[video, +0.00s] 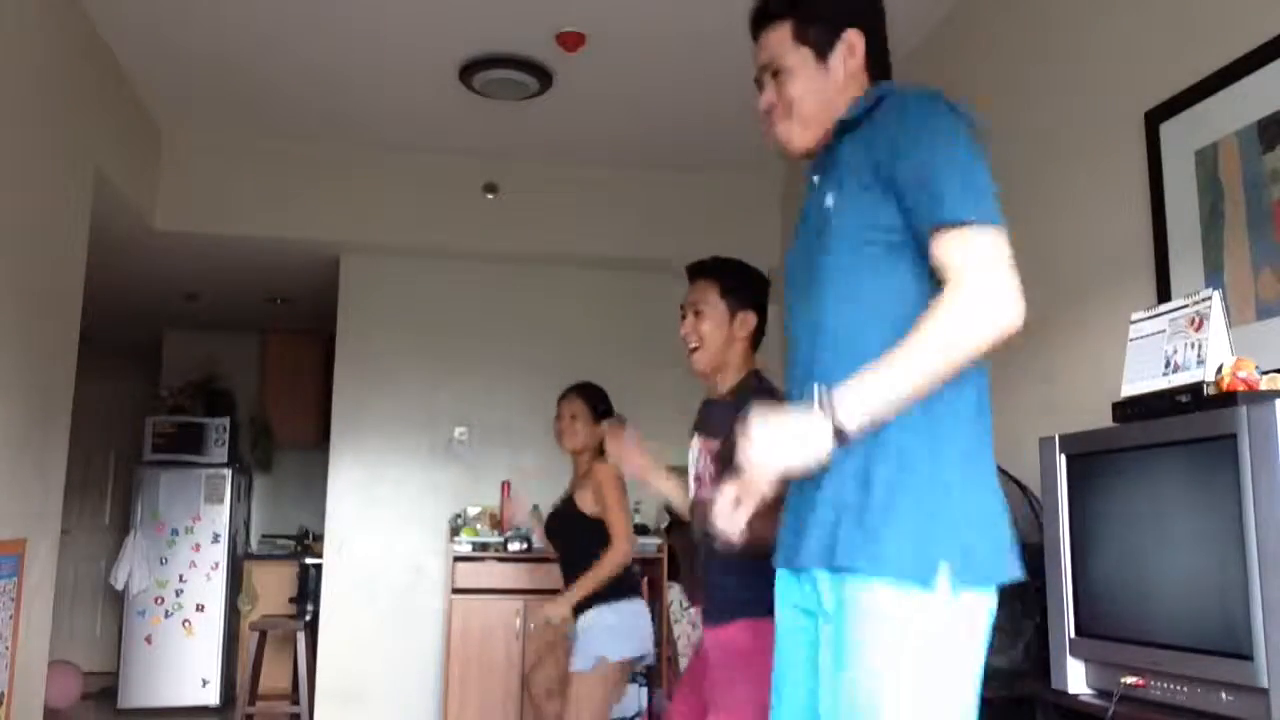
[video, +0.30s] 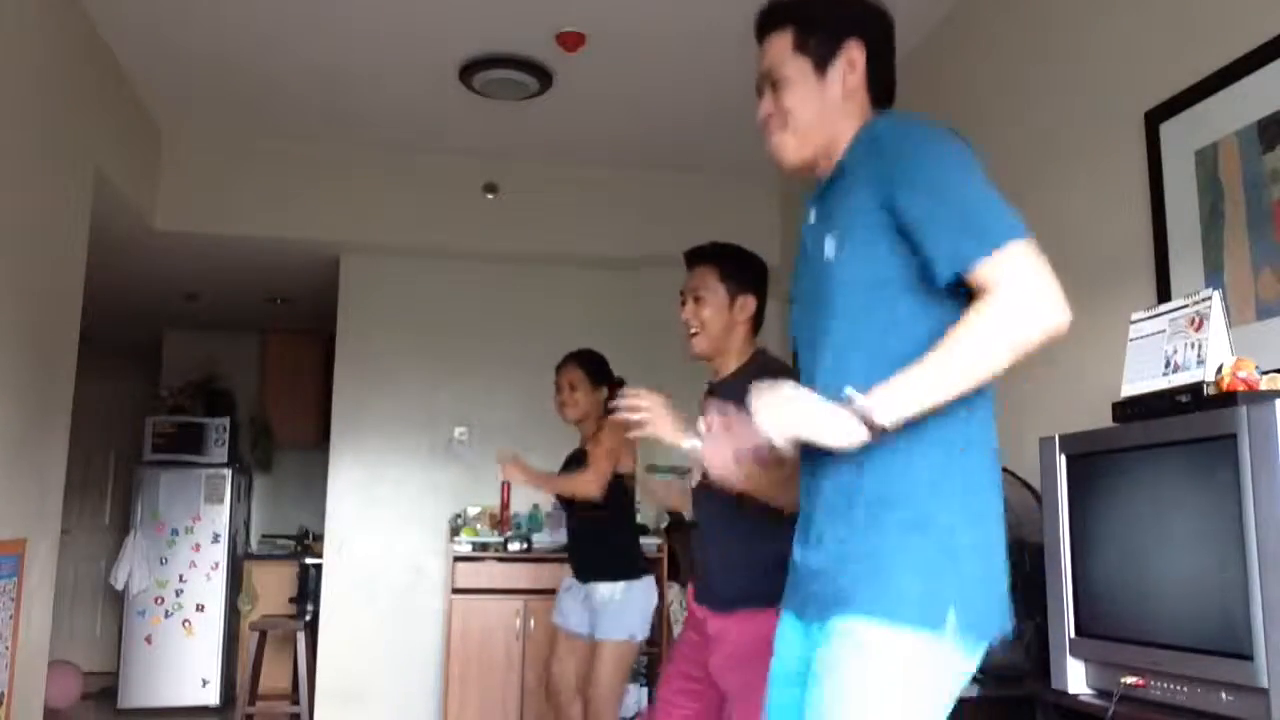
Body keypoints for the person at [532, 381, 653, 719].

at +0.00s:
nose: (564, 427)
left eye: (575, 418)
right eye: (560, 418)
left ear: (601, 427)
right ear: (555, 424)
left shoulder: (604, 473)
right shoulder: (580, 479)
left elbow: (622, 549)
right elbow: (590, 547)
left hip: (612, 614)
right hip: (594, 613)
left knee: (583, 712)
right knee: (540, 687)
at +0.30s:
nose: (565, 398)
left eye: (575, 388)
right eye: (560, 389)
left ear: (603, 392)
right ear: (555, 395)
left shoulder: (614, 431)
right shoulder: (579, 452)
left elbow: (595, 485)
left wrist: (532, 477)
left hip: (623, 587)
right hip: (581, 583)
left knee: (601, 699)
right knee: (562, 684)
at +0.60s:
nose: (571, 410)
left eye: (580, 400)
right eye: (568, 401)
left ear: (609, 405)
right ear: (564, 405)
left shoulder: (620, 456)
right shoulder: (590, 456)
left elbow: (620, 538)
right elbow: (585, 524)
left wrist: (558, 534)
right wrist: (540, 528)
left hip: (614, 596)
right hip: (587, 593)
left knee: (584, 712)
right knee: (561, 707)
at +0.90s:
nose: (576, 416)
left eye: (587, 407)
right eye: (573, 406)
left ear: (615, 417)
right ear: (568, 412)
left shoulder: (613, 464)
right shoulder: (592, 466)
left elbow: (631, 541)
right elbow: (581, 533)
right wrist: (542, 506)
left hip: (622, 604)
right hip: (604, 602)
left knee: (585, 711)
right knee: (555, 690)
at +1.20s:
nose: (579, 395)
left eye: (589, 385)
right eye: (576, 386)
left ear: (617, 391)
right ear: (572, 392)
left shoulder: (617, 435)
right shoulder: (596, 441)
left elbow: (618, 505)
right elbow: (599, 503)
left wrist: (550, 508)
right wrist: (556, 499)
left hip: (623, 583)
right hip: (595, 581)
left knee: (604, 704)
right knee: (569, 676)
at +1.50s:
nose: (578, 395)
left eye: (589, 386)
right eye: (577, 386)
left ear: (617, 393)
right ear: (576, 390)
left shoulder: (625, 443)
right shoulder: (596, 443)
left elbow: (620, 516)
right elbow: (596, 525)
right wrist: (557, 562)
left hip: (620, 589)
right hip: (593, 587)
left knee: (594, 703)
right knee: (580, 698)